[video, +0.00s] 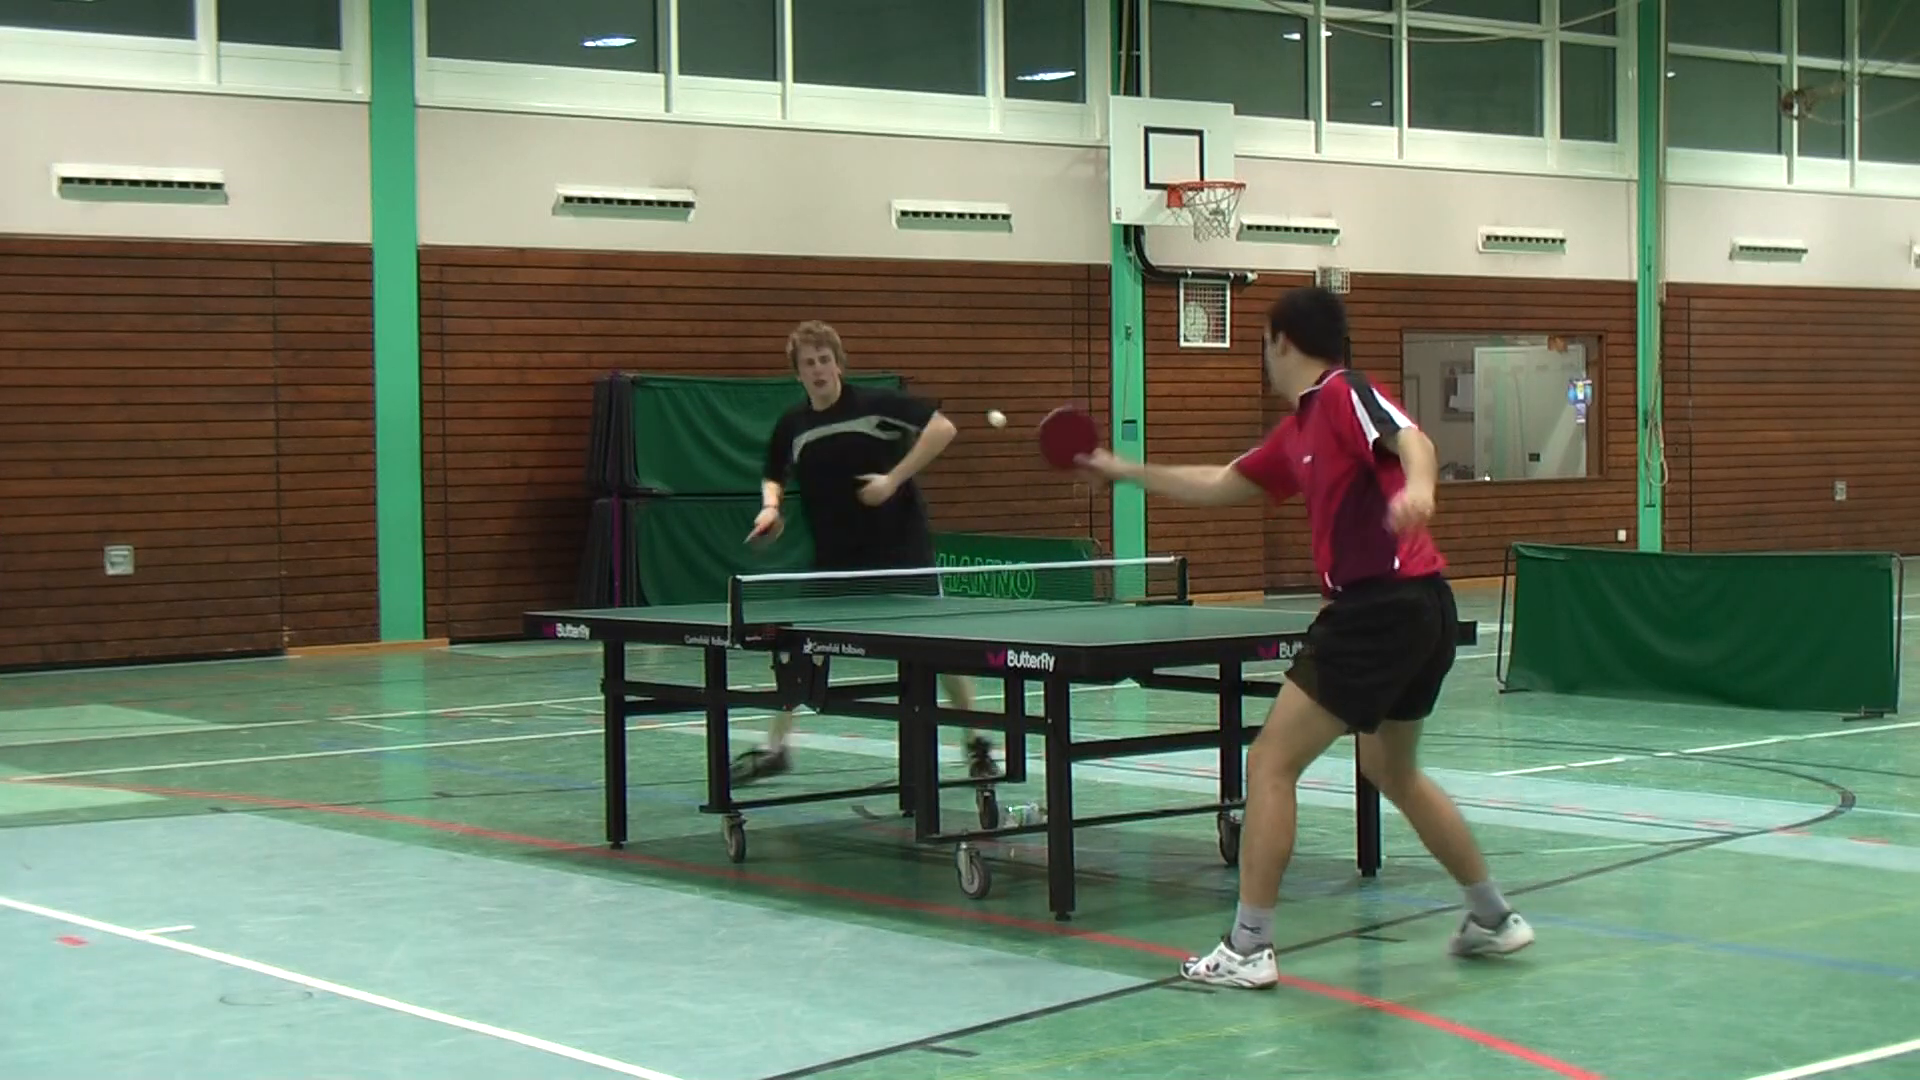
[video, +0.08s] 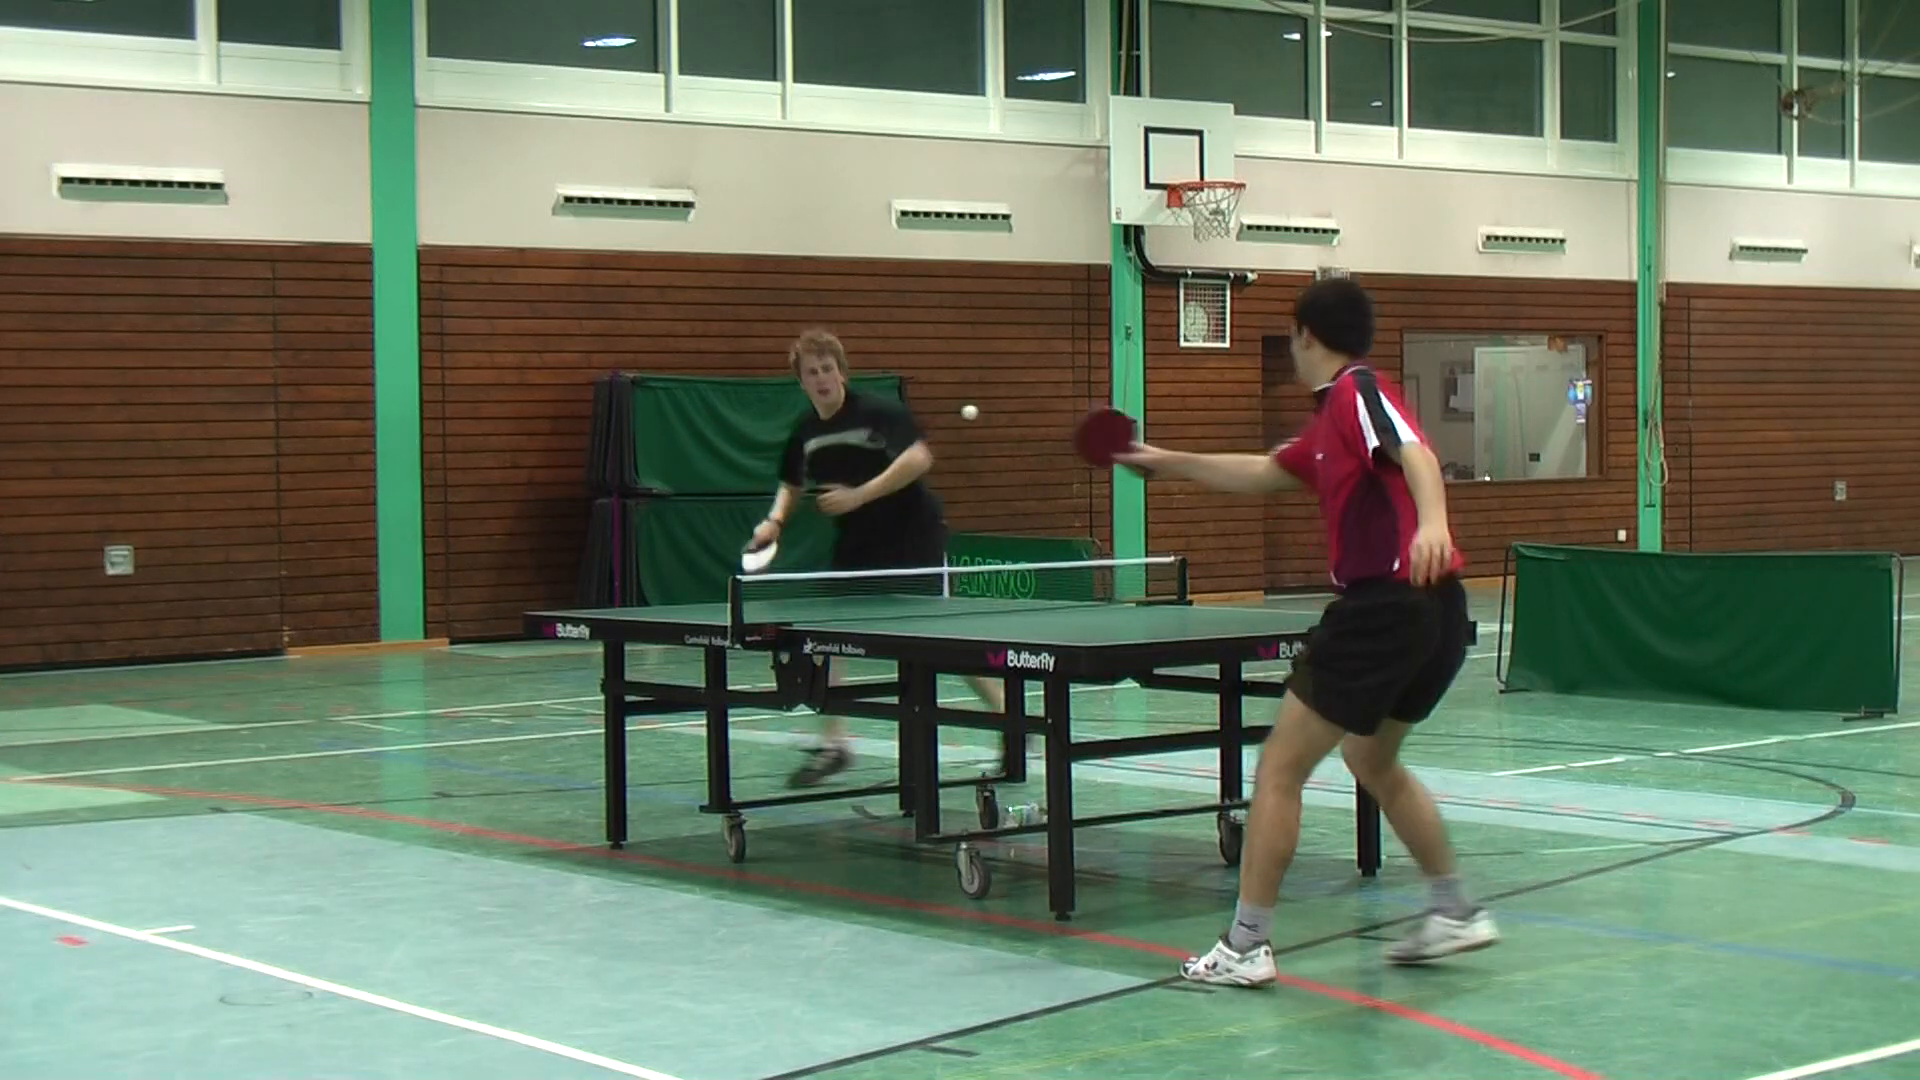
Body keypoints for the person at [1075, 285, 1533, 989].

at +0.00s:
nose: (1265, 358)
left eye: (1268, 345)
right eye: (1268, 345)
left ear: (1287, 344)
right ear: (1321, 344)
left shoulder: (1345, 392)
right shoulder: (1298, 430)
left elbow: (1414, 441)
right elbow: (1218, 483)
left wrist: (1419, 490)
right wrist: (1118, 467)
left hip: (1376, 608)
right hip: (1421, 608)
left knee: (1272, 762)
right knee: (1391, 768)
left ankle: (1248, 945)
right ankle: (1493, 915)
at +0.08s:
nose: (1291, 348)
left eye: (1294, 336)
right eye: (1293, 337)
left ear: (1310, 338)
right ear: (1359, 338)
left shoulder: (1357, 391)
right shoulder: (1334, 421)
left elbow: (1414, 452)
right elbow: (1257, 473)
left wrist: (1433, 522)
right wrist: (1157, 458)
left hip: (1380, 607)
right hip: (1436, 611)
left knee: (1279, 768)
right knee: (1373, 761)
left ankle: (1246, 943)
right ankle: (1455, 911)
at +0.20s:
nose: (1339, 361)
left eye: (1344, 348)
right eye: (1339, 349)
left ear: (1366, 349)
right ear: (1398, 348)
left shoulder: (1408, 406)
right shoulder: (1396, 413)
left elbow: (1429, 494)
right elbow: (1353, 490)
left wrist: (1401, 582)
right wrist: (1248, 492)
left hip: (1423, 614)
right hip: (1459, 618)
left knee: (1300, 760)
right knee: (1366, 762)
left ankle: (1251, 941)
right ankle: (1399, 933)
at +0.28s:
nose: (1375, 376)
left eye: (1379, 364)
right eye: (1378, 363)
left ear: (1397, 367)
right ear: (1445, 365)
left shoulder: (1441, 434)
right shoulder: (1464, 430)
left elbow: (1424, 526)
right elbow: (1414, 519)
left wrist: (1340, 595)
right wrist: (1333, 536)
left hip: (1446, 643)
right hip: (1479, 645)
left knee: (1297, 763)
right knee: (1373, 762)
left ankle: (1345, 934)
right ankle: (1400, 933)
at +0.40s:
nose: (1450, 378)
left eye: (1454, 366)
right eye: (1453, 366)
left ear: (1469, 368)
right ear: (1518, 364)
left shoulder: (1496, 444)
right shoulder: (1563, 432)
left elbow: (1420, 532)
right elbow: (1600, 535)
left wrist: (1301, 546)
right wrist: (1524, 569)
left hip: (1485, 652)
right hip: (1536, 652)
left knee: (1369, 800)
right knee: (1412, 781)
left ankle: (1504, 917)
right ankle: (1401, 938)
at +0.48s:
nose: (1508, 366)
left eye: (1510, 354)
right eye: (1509, 354)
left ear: (1525, 356)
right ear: (1584, 353)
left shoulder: (1534, 434)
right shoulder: (1635, 426)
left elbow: (1449, 519)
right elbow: (1686, 531)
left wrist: (1345, 532)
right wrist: (1628, 579)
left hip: (1534, 644)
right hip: (1598, 646)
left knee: (1450, 804)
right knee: (1487, 778)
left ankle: (1553, 951)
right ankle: (1434, 923)